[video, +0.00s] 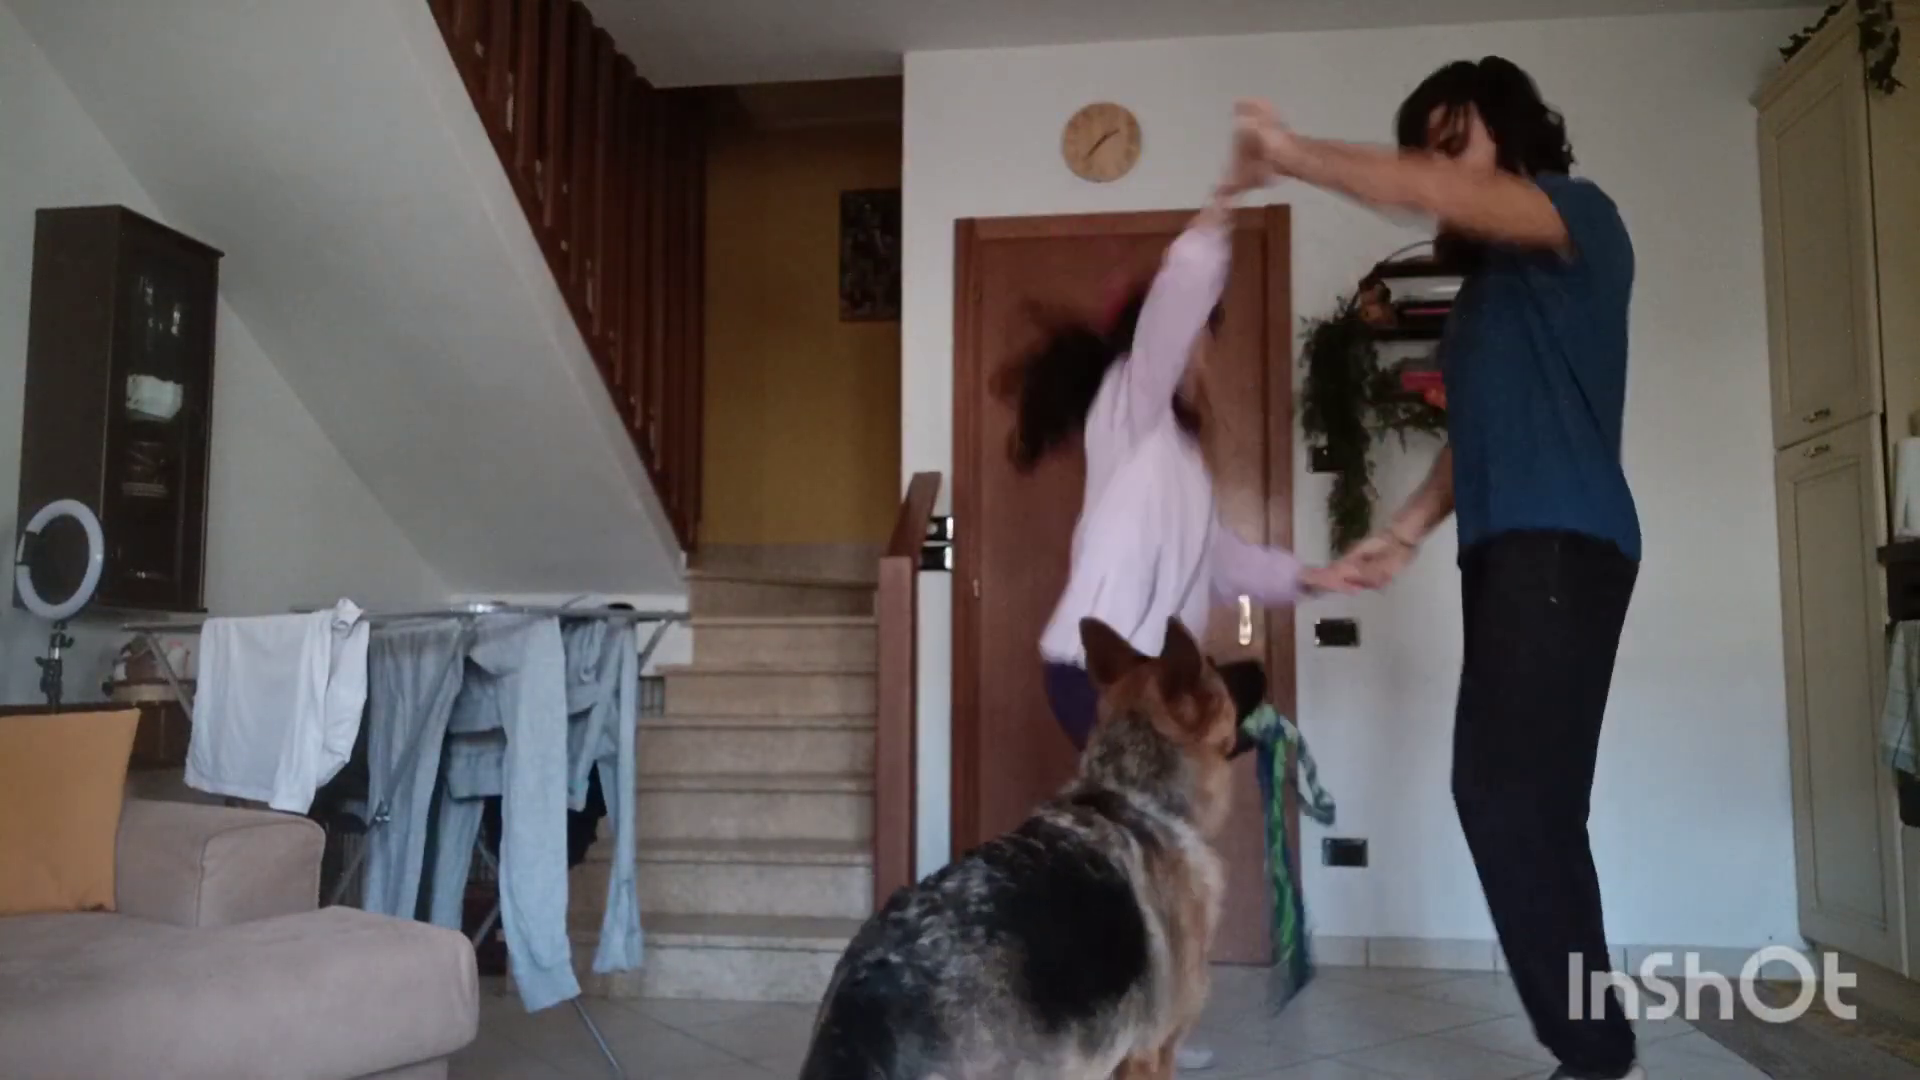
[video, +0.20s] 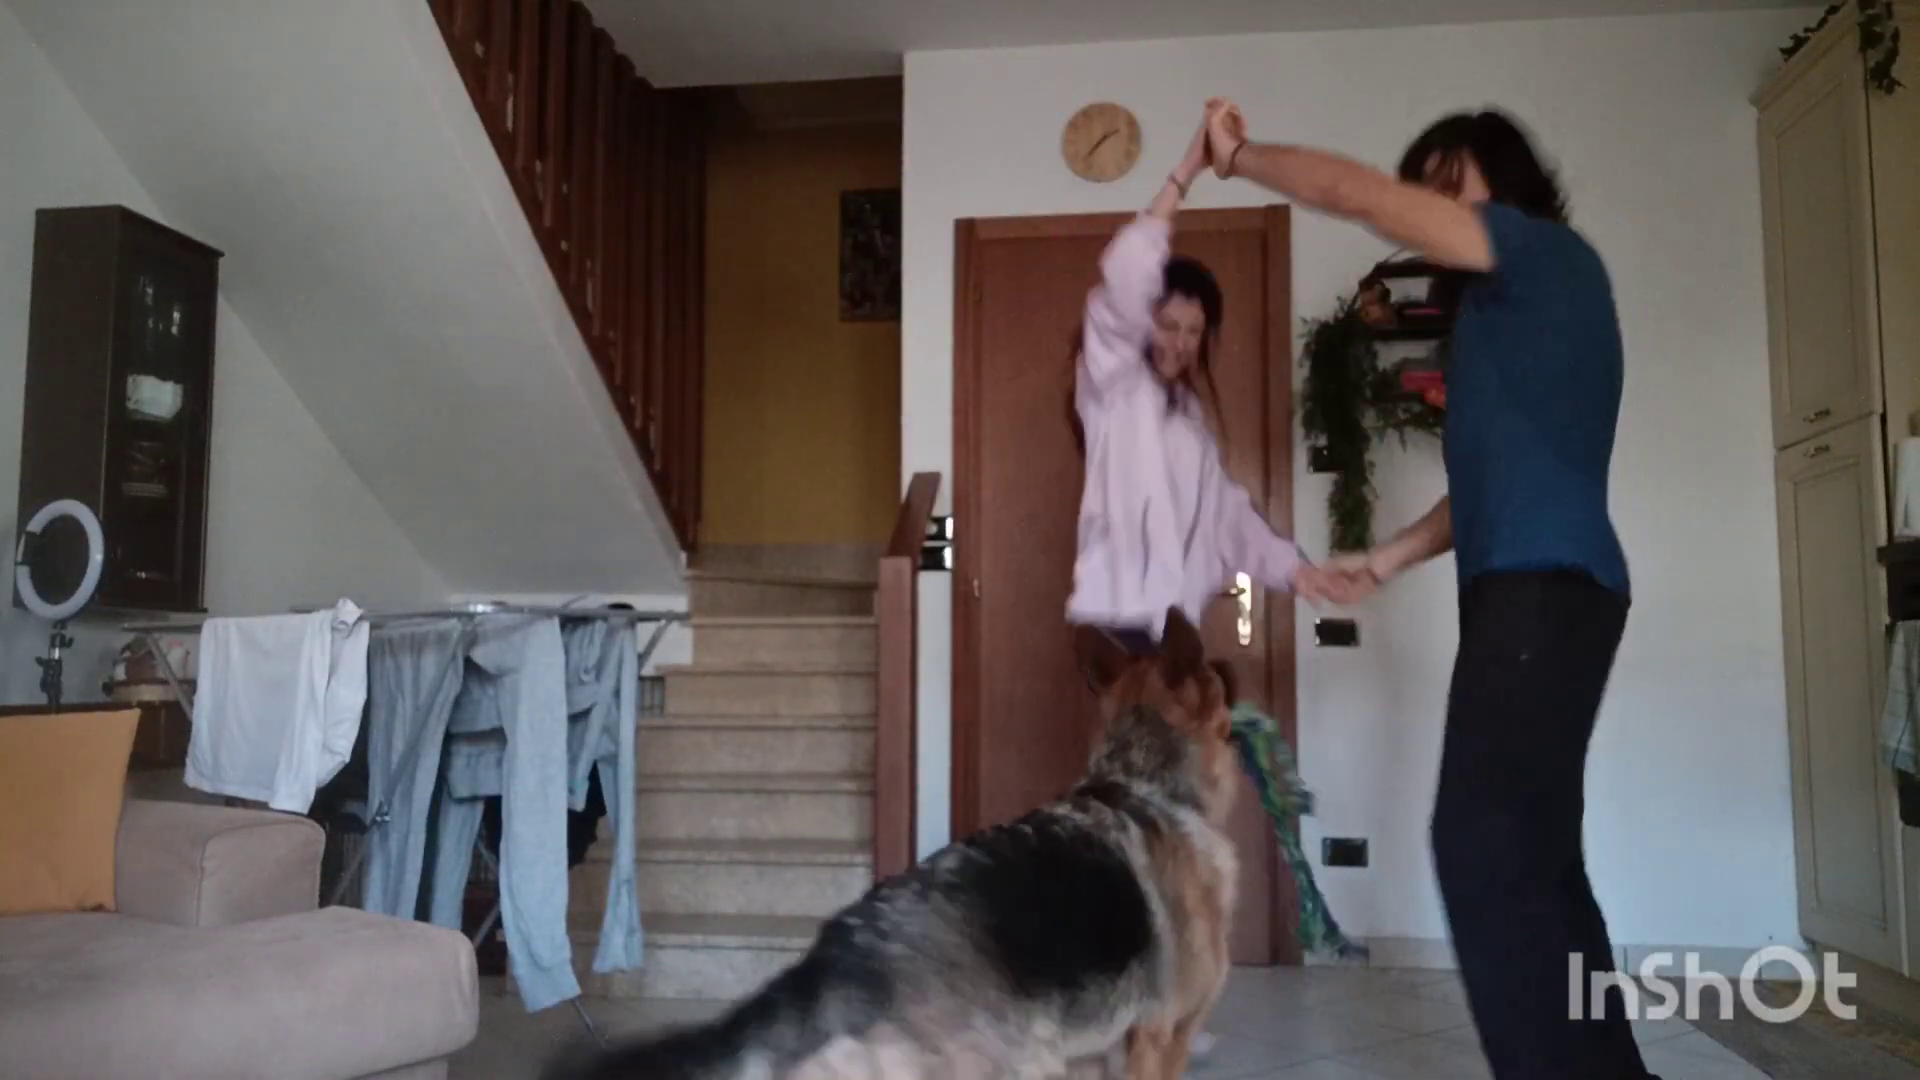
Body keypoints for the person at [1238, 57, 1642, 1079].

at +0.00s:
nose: (1445, 170)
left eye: (1453, 142)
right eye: (1430, 157)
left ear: (1508, 122)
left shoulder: (1582, 215)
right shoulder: (1508, 269)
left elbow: (1437, 193)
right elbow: (1480, 429)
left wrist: (1290, 154)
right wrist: (1402, 531)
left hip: (1560, 544)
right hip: (1512, 551)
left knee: (1500, 787)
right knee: (1529, 796)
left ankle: (1593, 1051)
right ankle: (1590, 1048)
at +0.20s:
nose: (1431, 220)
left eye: (1434, 195)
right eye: (1425, 203)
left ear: (1474, 170)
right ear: (1494, 176)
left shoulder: (1545, 251)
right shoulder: (1529, 293)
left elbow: (1356, 192)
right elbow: (1503, 475)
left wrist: (1243, 156)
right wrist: (1389, 557)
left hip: (1542, 588)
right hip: (1531, 590)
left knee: (1476, 841)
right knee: (1535, 849)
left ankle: (1542, 1065)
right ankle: (1608, 1066)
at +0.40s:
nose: (1411, 200)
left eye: (1414, 179)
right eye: (1406, 184)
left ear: (1454, 148)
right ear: (1488, 148)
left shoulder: (1522, 212)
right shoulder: (1553, 253)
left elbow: (1320, 173)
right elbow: (1520, 422)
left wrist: (1207, 173)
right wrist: (1408, 512)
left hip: (1513, 544)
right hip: (1551, 548)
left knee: (1430, 789)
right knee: (1534, 797)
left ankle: (1489, 1056)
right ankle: (1600, 1056)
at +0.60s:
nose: (1385, 231)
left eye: (1387, 212)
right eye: (1379, 217)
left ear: (1420, 185)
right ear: (1486, 184)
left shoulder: (1453, 241)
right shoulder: (1578, 292)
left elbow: (1274, 258)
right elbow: (1523, 438)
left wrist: (1165, 266)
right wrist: (1399, 490)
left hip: (1470, 595)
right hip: (1567, 610)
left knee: (1400, 856)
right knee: (1542, 854)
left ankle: (1419, 1067)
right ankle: (1601, 1068)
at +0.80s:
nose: (1355, 218)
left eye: (1356, 202)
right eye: (1349, 204)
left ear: (1384, 174)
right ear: (1470, 172)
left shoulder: (1386, 217)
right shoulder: (1559, 258)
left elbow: (1217, 328)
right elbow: (1508, 401)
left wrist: (1123, 403)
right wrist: (1354, 425)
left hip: (1404, 566)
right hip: (1530, 583)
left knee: (1362, 838)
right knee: (1537, 826)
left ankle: (1392, 1067)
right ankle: (1585, 1062)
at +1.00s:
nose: (1311, 247)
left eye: (1309, 230)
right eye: (1308, 233)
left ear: (1332, 214)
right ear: (1422, 198)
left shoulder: (1314, 273)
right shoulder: (1520, 263)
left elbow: (1193, 445)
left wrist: (1136, 546)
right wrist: (1439, 230)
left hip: (1358, 612)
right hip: (1495, 620)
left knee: (1332, 876)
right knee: (1516, 854)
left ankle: (1367, 1070)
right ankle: (1558, 1067)